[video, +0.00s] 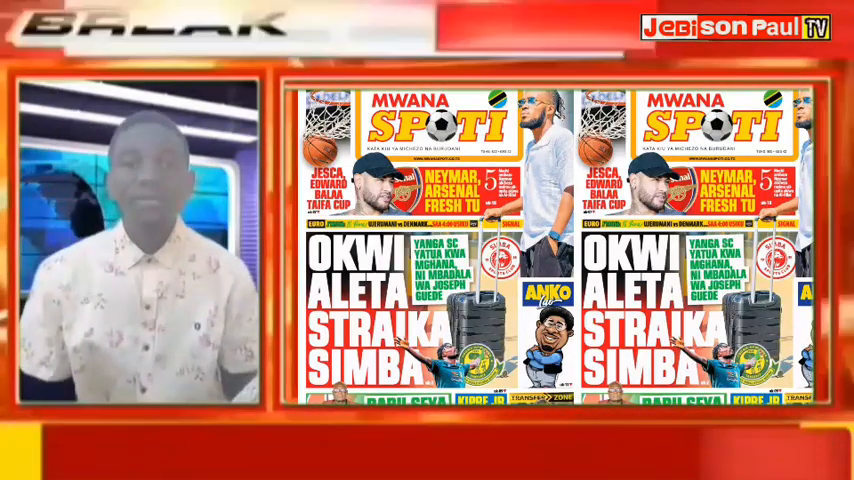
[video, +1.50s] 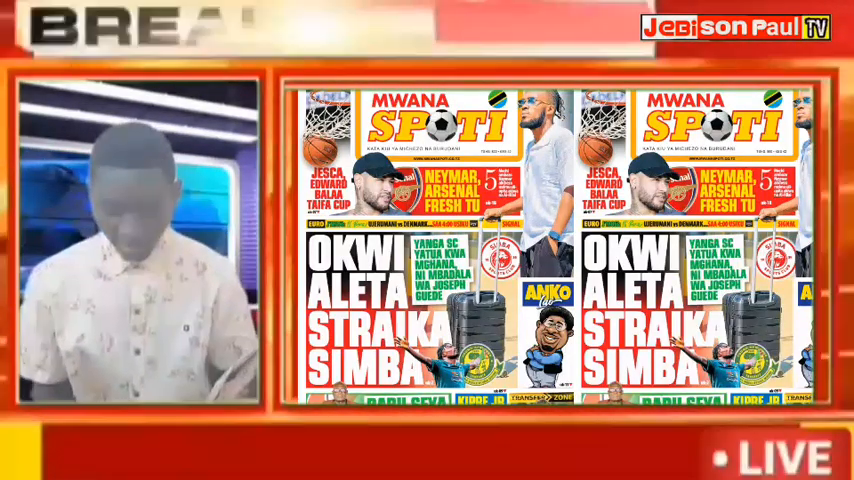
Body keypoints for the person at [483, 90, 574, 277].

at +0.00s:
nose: (523, 107)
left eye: (531, 101)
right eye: (522, 103)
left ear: (550, 110)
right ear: (519, 108)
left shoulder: (563, 139)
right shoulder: (531, 147)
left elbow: (571, 192)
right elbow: (532, 195)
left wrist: (554, 238)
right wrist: (502, 211)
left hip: (551, 241)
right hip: (530, 242)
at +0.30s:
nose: (523, 107)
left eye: (531, 101)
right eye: (522, 103)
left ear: (550, 110)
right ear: (519, 108)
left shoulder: (563, 139)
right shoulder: (531, 147)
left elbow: (571, 192)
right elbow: (532, 195)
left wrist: (554, 238)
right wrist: (502, 211)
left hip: (551, 241)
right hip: (530, 242)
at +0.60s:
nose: (523, 107)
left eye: (531, 101)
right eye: (522, 103)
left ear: (550, 110)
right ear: (519, 108)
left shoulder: (563, 139)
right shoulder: (531, 147)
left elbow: (571, 192)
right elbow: (532, 195)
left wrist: (554, 238)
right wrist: (502, 211)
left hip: (551, 241)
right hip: (530, 242)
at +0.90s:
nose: (523, 107)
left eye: (531, 101)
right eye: (522, 103)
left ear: (550, 110)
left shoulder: (563, 139)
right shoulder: (531, 146)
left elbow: (571, 192)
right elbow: (532, 196)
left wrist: (554, 238)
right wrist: (502, 211)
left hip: (551, 241)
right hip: (530, 242)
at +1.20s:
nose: (523, 107)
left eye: (531, 101)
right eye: (522, 103)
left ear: (550, 110)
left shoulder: (563, 139)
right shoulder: (531, 146)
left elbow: (571, 192)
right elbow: (532, 196)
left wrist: (554, 238)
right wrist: (502, 211)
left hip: (551, 241)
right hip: (530, 242)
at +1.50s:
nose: (523, 107)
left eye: (531, 101)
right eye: (522, 103)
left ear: (549, 110)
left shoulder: (563, 139)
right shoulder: (531, 147)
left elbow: (571, 192)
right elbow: (532, 196)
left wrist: (554, 238)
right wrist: (502, 211)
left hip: (551, 241)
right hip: (529, 242)